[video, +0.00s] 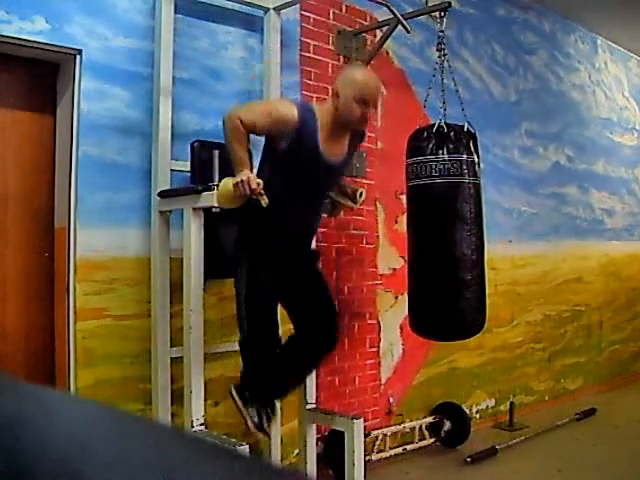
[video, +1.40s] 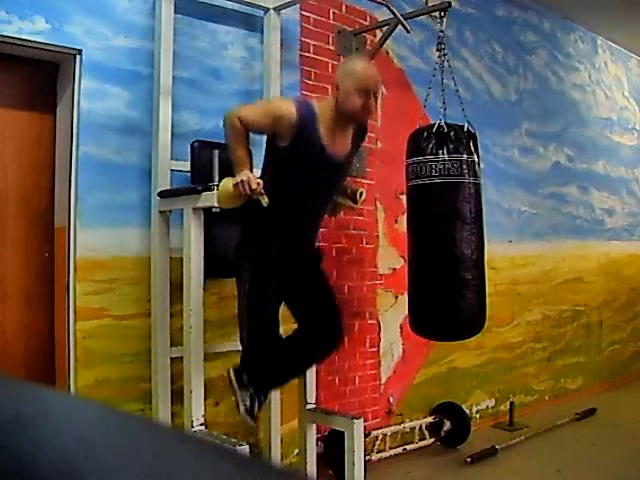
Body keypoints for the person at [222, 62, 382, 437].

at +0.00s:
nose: (368, 116)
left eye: (373, 107)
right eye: (363, 105)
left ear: (372, 106)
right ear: (337, 96)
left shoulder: (351, 138)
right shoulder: (293, 117)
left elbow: (312, 172)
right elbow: (236, 119)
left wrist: (336, 190)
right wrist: (243, 171)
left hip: (297, 248)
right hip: (259, 243)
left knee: (322, 329)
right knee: (260, 337)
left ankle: (257, 391)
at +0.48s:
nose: (367, 68)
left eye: (371, 58)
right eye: (360, 57)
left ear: (372, 58)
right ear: (334, 53)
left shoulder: (357, 99)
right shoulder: (293, 89)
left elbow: (324, 150)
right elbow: (236, 116)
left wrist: (340, 184)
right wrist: (243, 170)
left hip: (308, 223)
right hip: (269, 220)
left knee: (331, 314)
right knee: (267, 323)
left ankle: (256, 358)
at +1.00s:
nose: (371, 108)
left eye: (376, 100)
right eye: (365, 97)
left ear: (377, 99)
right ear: (339, 90)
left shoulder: (355, 129)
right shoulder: (293, 114)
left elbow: (320, 162)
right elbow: (235, 118)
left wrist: (340, 183)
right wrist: (244, 172)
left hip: (297, 244)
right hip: (260, 237)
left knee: (316, 327)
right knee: (253, 325)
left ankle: (243, 375)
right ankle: (243, 377)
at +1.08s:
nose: (370, 129)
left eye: (375, 121)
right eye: (363, 118)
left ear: (377, 120)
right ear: (338, 111)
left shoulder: (352, 150)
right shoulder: (295, 129)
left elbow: (311, 178)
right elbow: (237, 119)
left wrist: (335, 191)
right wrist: (244, 172)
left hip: (293, 259)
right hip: (255, 254)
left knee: (315, 340)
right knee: (254, 348)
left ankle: (242, 390)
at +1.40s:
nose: (371, 105)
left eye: (376, 96)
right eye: (363, 94)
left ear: (377, 96)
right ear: (338, 89)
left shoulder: (356, 130)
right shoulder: (293, 114)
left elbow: (320, 167)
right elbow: (236, 119)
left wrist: (341, 187)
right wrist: (244, 171)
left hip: (301, 249)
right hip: (262, 244)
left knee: (326, 331)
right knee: (261, 337)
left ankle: (253, 377)